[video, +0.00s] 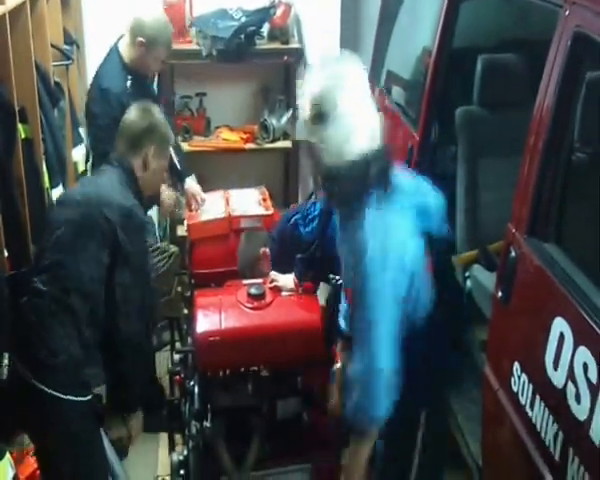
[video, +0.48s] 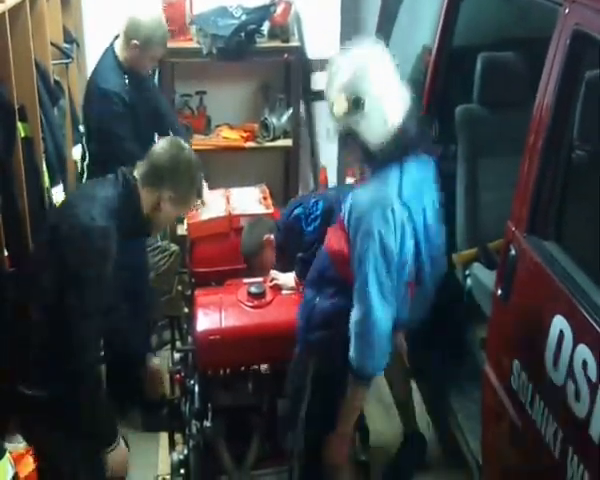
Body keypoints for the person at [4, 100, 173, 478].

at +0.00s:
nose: (165, 176)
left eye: (168, 165)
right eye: (165, 164)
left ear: (124, 152)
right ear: (147, 157)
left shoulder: (76, 194)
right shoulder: (125, 212)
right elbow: (131, 320)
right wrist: (131, 404)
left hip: (34, 370)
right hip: (72, 384)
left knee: (61, 471)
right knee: (89, 473)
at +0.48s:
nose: (174, 225)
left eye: (181, 218)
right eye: (178, 216)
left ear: (159, 194)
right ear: (161, 198)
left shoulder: (117, 207)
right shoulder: (94, 229)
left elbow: (123, 302)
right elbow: (84, 347)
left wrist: (141, 360)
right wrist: (108, 438)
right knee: (79, 471)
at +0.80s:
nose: (189, 213)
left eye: (193, 204)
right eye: (191, 203)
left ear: (171, 189)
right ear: (173, 193)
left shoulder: (130, 201)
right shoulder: (113, 215)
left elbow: (128, 309)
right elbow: (101, 317)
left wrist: (156, 364)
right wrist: (113, 406)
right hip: (60, 370)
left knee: (113, 463)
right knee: (82, 466)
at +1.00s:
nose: (180, 209)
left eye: (186, 201)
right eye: (184, 198)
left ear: (160, 174)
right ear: (172, 184)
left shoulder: (121, 186)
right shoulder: (134, 201)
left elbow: (133, 293)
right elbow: (134, 299)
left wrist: (152, 356)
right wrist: (150, 369)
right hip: (65, 353)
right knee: (99, 456)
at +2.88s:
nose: (190, 249)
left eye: (196, 241)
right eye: (193, 236)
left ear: (177, 205)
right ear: (178, 205)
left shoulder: (150, 232)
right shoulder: (121, 222)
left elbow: (143, 325)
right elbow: (116, 322)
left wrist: (149, 392)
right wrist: (137, 395)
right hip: (53, 364)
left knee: (111, 459)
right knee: (77, 464)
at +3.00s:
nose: (192, 267)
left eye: (198, 258)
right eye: (196, 255)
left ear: (184, 225)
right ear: (184, 227)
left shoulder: (154, 248)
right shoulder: (123, 240)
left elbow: (144, 345)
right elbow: (110, 343)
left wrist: (150, 424)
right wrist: (125, 433)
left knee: (109, 463)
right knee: (76, 467)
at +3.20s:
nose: (196, 317)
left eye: (205, 307)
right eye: (204, 302)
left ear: (190, 274)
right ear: (192, 275)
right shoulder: (126, 271)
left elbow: (148, 382)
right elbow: (118, 373)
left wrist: (165, 463)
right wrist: (140, 464)